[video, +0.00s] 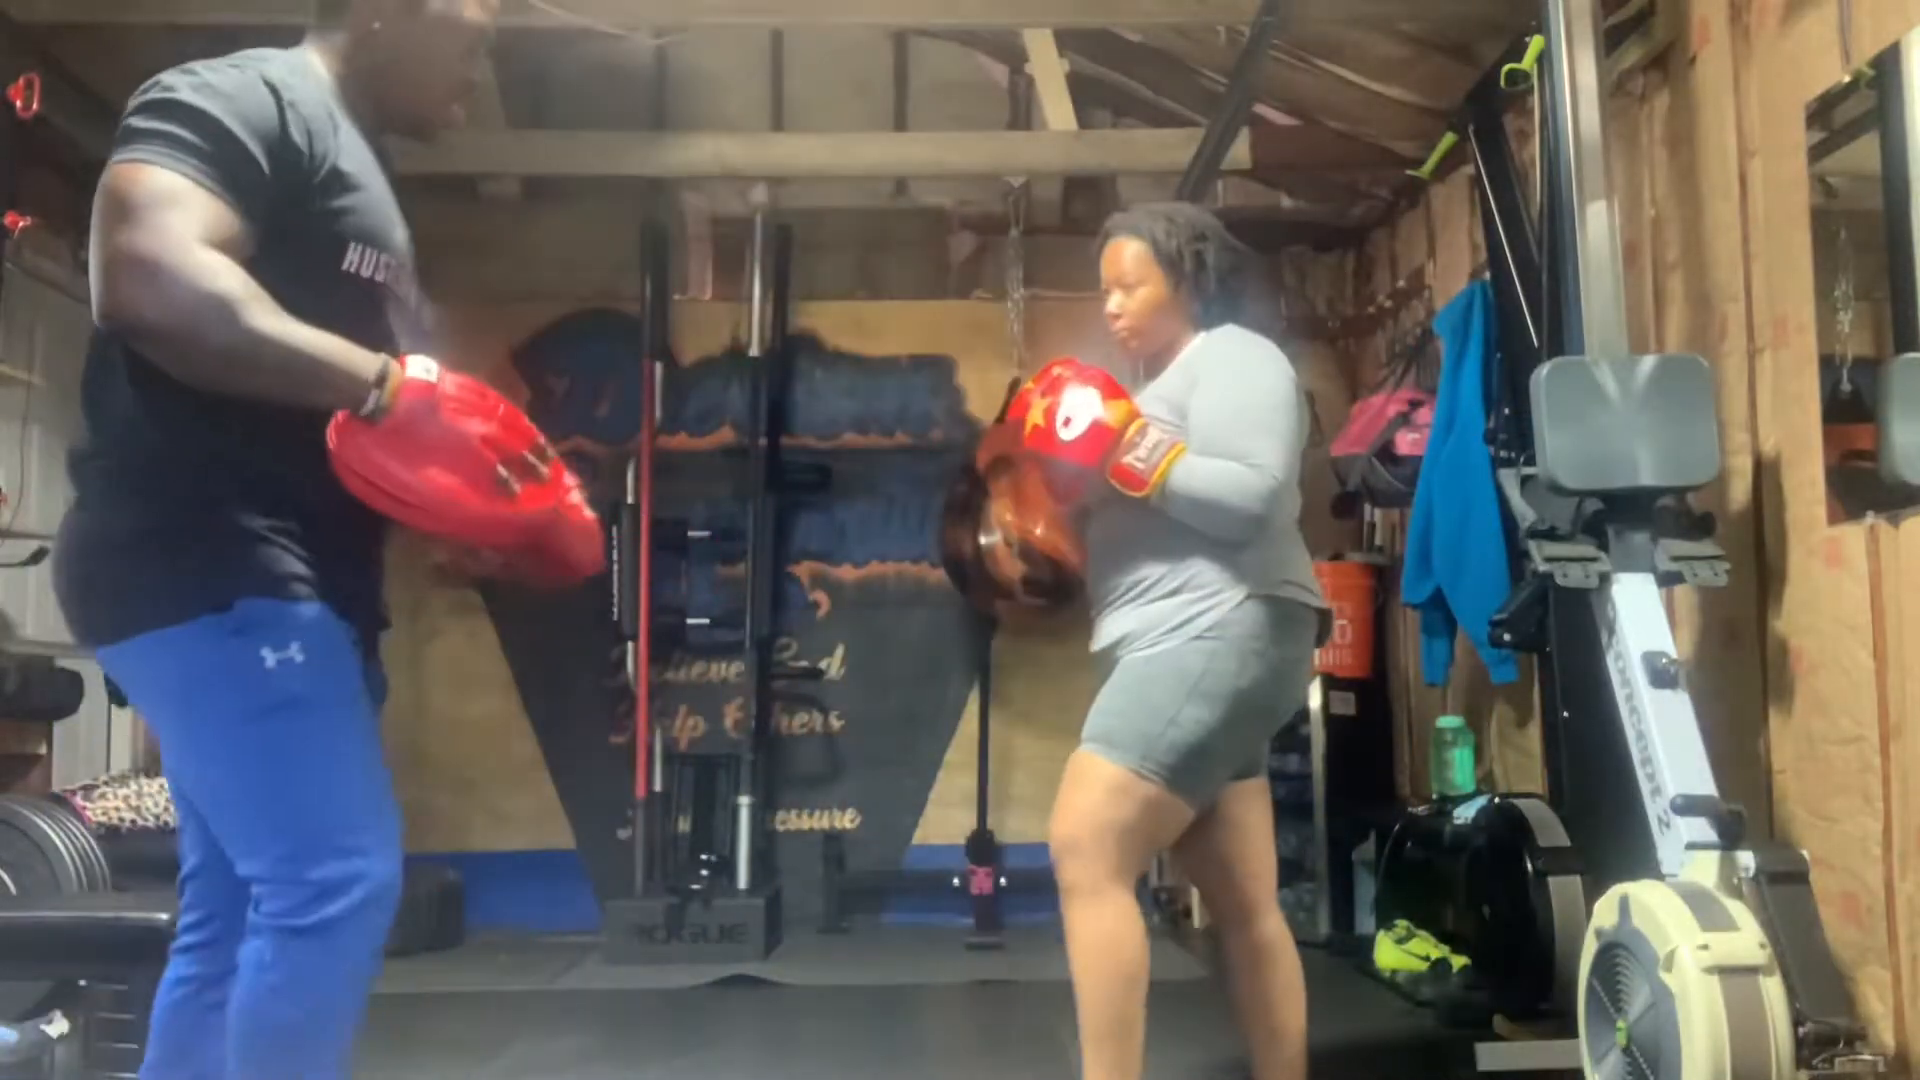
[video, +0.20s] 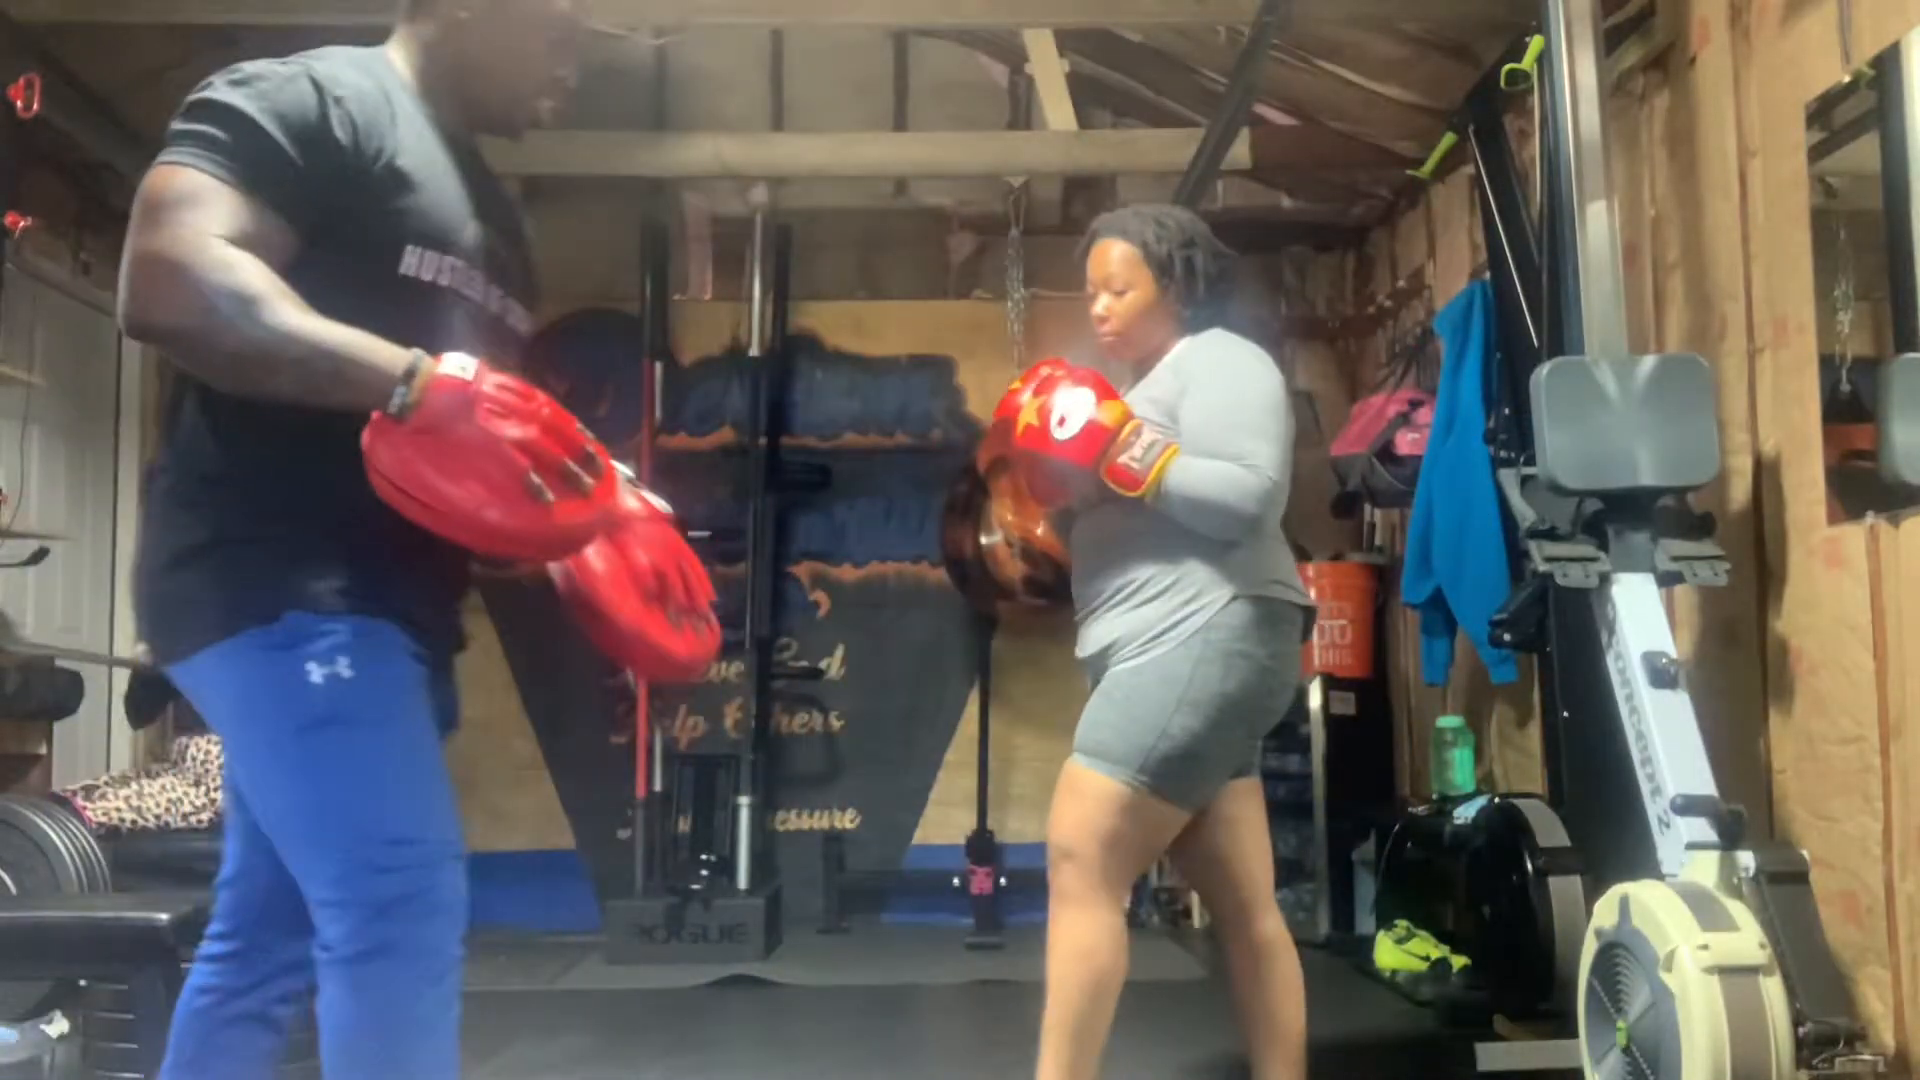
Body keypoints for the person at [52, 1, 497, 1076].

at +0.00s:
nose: (474, 81)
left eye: (483, 53)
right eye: (475, 41)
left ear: (404, 17)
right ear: (406, 9)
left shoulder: (356, 182)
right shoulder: (235, 93)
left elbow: (389, 393)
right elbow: (150, 277)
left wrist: (484, 494)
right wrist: (383, 388)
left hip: (282, 567)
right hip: (201, 561)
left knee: (228, 911)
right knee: (330, 880)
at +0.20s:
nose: (569, 75)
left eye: (580, 49)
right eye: (564, 34)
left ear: (474, 19)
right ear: (466, 7)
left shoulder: (491, 208)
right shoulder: (300, 96)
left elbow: (488, 423)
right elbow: (167, 278)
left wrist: (589, 513)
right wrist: (410, 384)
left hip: (383, 600)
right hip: (272, 586)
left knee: (260, 949)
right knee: (398, 909)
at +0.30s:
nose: (638, 54)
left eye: (644, 34)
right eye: (627, 19)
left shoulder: (564, 223)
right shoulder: (350, 91)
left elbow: (576, 429)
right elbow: (212, 281)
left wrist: (667, 532)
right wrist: (463, 386)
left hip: (460, 617)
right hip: (338, 597)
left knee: (314, 960)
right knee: (459, 926)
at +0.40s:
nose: (695, 40)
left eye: (702, 20)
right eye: (687, 9)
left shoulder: (630, 199)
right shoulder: (421, 63)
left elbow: (640, 406)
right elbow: (290, 259)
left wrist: (726, 527)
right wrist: (548, 366)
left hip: (542, 605)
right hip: (408, 593)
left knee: (460, 938)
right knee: (526, 941)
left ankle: (301, 1079)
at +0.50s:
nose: (756, 31)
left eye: (763, 19)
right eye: (750, 8)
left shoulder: (675, 159)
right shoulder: (496, 30)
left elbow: (711, 377)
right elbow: (404, 227)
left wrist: (813, 508)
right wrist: (666, 341)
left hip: (635, 595)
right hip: (484, 588)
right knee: (559, 958)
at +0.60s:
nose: (837, 12)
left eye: (841, 4)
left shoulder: (742, 118)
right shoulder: (575, 19)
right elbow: (543, 212)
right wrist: (791, 308)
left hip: (722, 583)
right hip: (569, 578)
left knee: (792, 895)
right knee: (581, 968)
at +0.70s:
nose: (918, 6)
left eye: (919, 10)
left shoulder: (820, 99)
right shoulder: (684, 20)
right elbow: (669, 210)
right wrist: (913, 281)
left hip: (798, 591)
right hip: (648, 582)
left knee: (892, 914)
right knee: (605, 971)